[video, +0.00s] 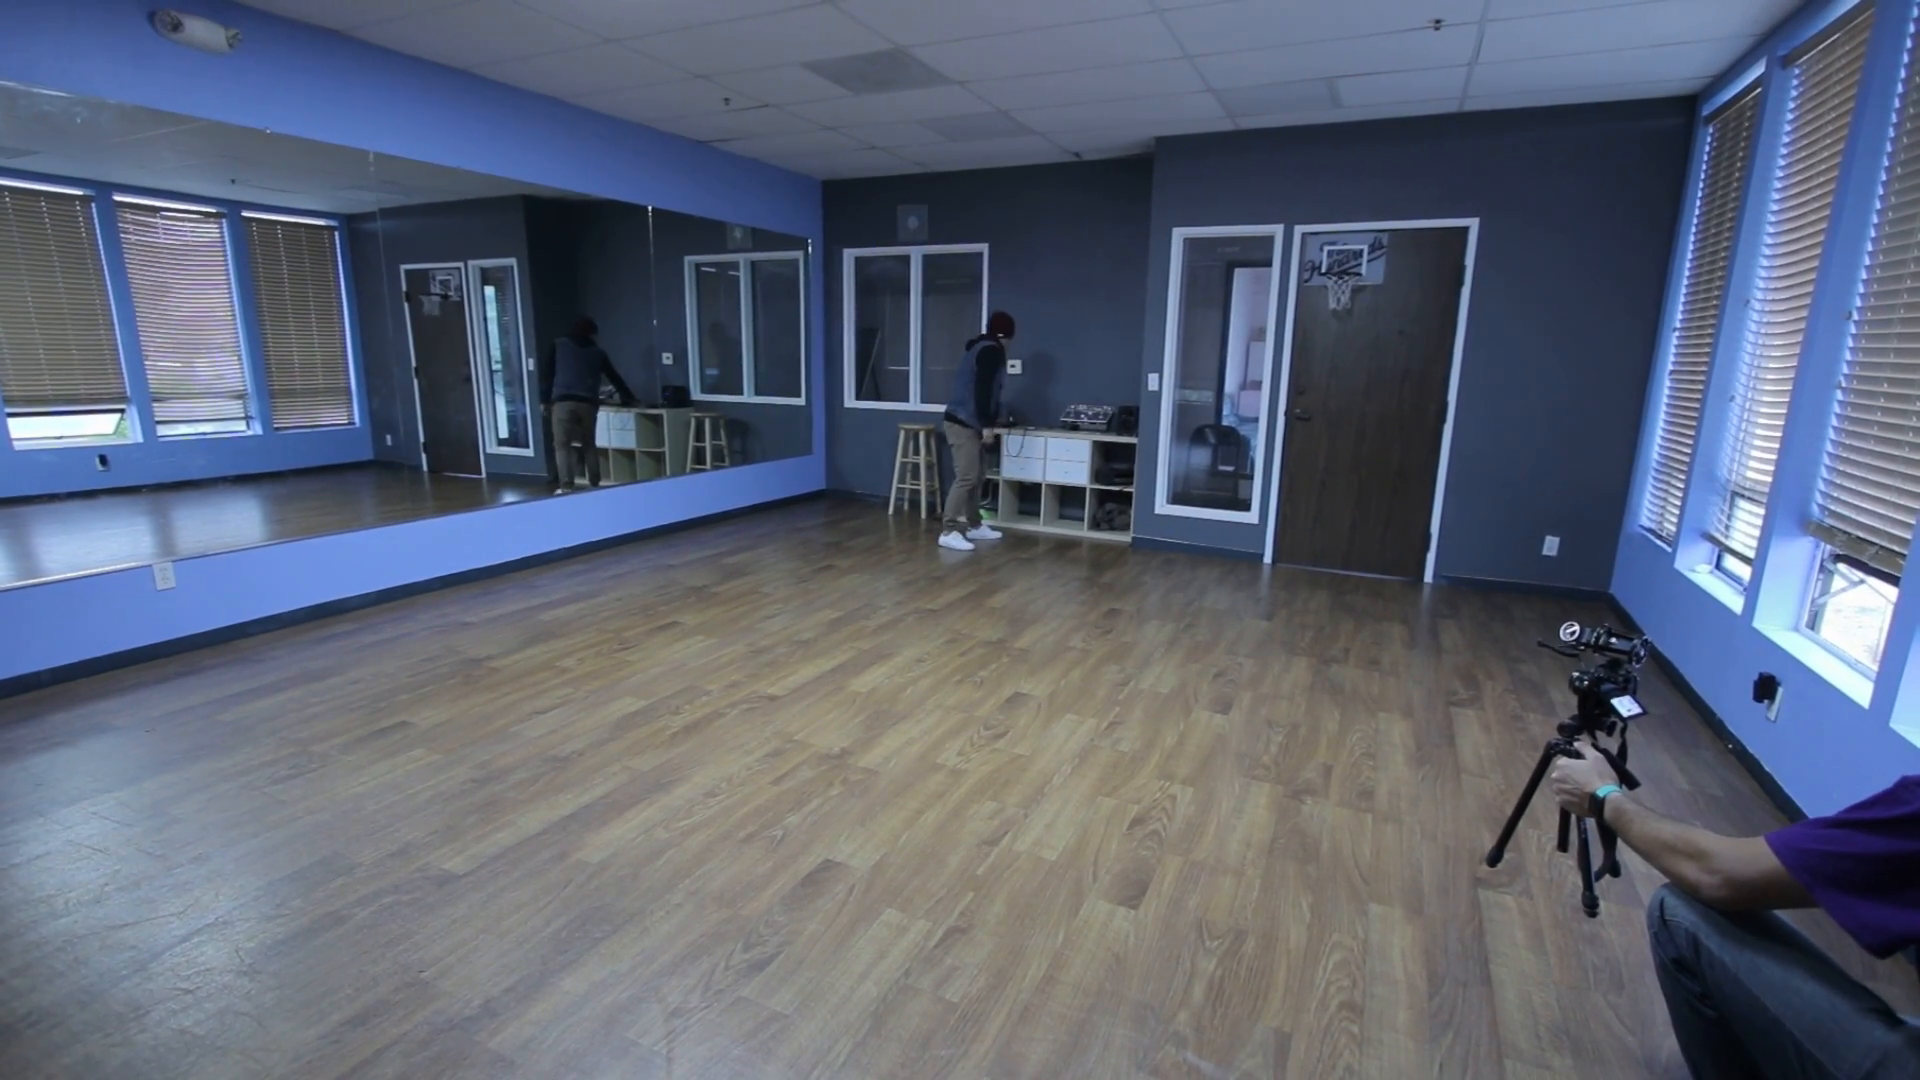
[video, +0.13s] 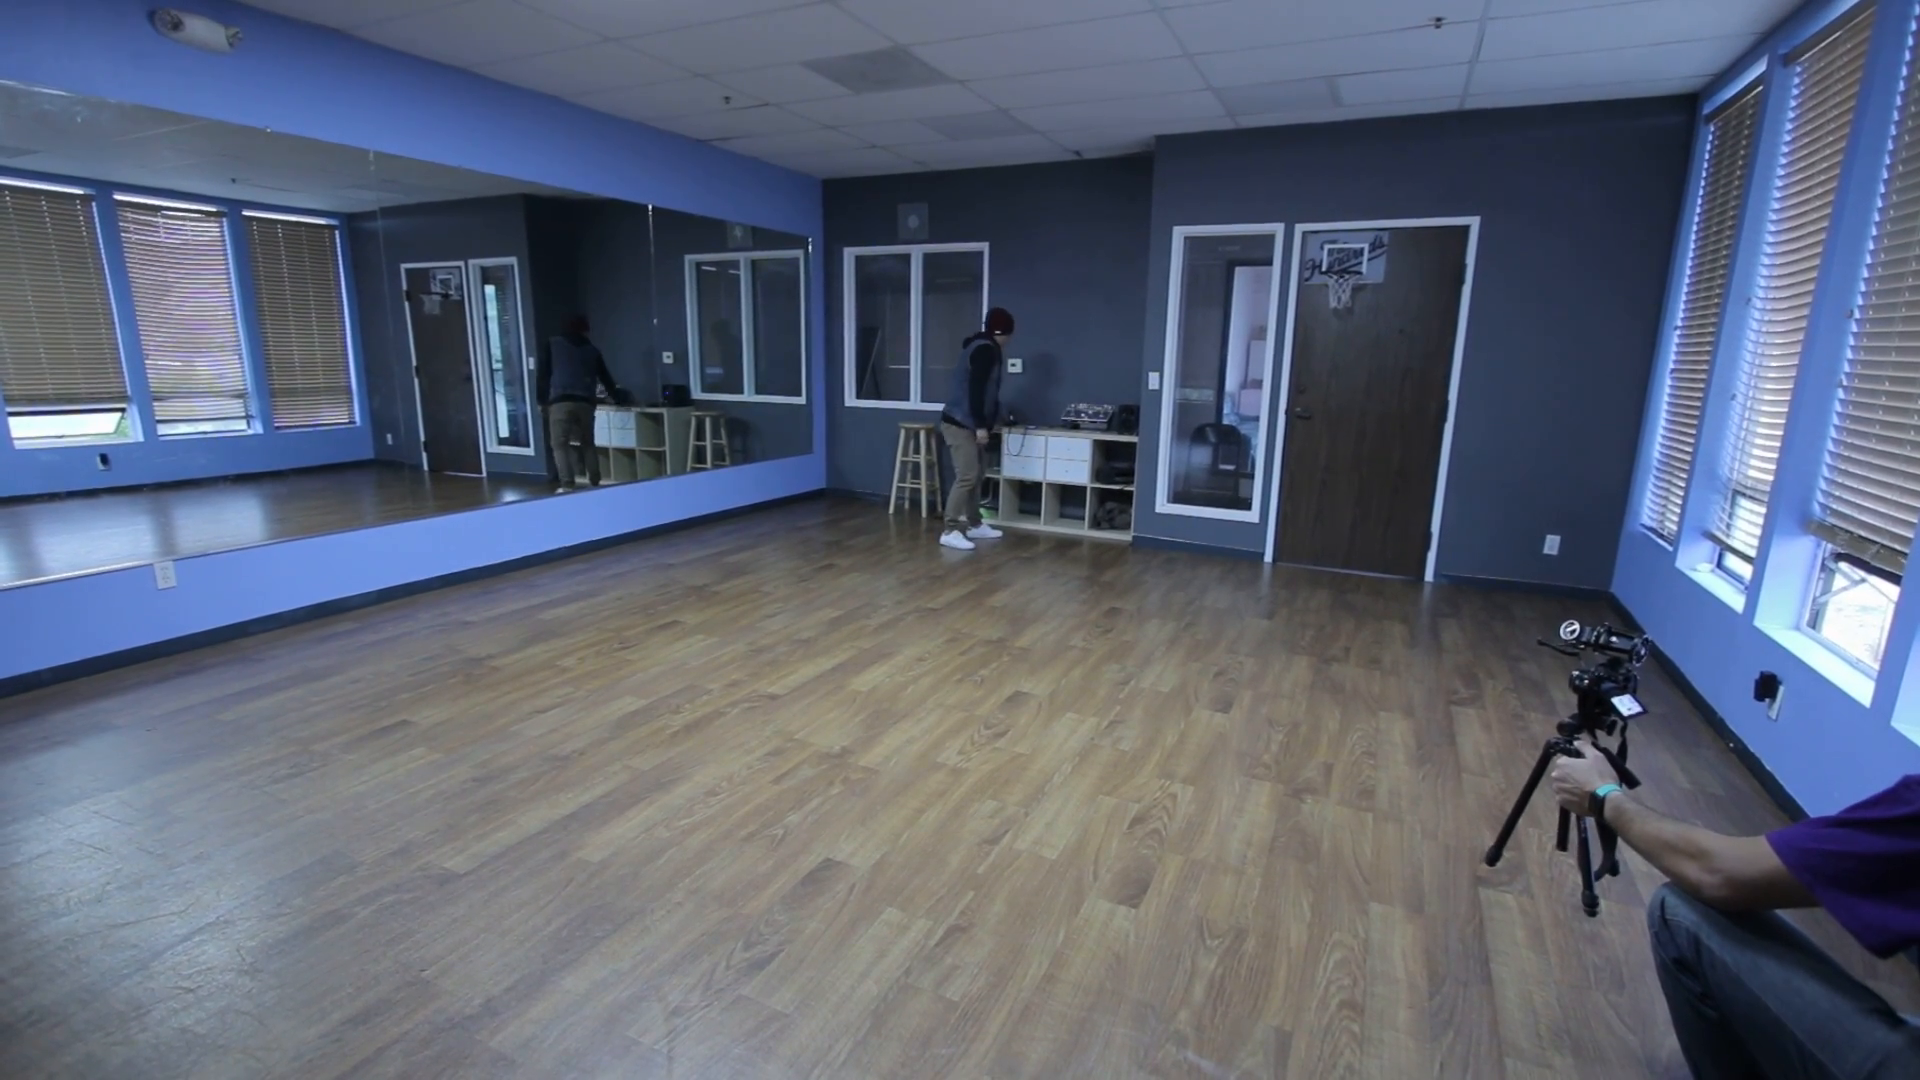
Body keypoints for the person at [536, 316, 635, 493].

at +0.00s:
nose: (594, 336)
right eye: (593, 333)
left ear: (573, 329)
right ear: (593, 333)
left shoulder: (558, 345)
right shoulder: (597, 352)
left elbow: (547, 373)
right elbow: (614, 378)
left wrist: (544, 400)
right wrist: (628, 399)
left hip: (563, 401)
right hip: (588, 402)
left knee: (562, 444)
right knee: (589, 444)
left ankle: (566, 485)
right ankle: (594, 484)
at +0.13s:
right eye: (585, 329)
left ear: (565, 327)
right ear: (585, 329)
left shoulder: (553, 344)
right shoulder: (591, 349)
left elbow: (543, 373)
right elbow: (605, 379)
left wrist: (542, 400)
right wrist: (619, 399)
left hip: (560, 400)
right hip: (586, 401)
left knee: (559, 444)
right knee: (587, 442)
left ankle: (566, 484)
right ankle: (594, 481)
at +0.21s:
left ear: (557, 328)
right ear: (579, 329)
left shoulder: (547, 346)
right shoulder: (585, 348)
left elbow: (540, 375)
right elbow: (598, 379)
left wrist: (539, 402)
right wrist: (606, 404)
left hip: (558, 402)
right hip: (583, 401)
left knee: (556, 447)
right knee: (587, 444)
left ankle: (566, 485)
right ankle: (595, 483)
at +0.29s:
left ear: (552, 328)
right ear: (572, 328)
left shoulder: (542, 346)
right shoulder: (581, 348)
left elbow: (536, 374)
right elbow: (592, 378)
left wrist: (534, 400)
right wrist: (594, 404)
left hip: (556, 402)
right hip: (582, 402)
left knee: (554, 446)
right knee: (585, 443)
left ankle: (566, 485)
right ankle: (595, 481)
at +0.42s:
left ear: (542, 328)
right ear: (563, 327)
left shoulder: (537, 347)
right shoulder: (572, 345)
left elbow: (532, 377)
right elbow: (581, 374)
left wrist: (529, 404)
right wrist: (580, 396)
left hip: (553, 404)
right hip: (578, 402)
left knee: (551, 449)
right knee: (584, 445)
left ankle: (566, 486)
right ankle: (595, 483)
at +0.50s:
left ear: (538, 328)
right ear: (558, 327)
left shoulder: (533, 348)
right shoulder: (567, 344)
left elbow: (529, 380)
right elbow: (576, 373)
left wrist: (528, 406)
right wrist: (577, 396)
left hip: (551, 404)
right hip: (576, 401)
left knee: (551, 450)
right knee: (582, 445)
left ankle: (566, 486)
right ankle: (595, 482)